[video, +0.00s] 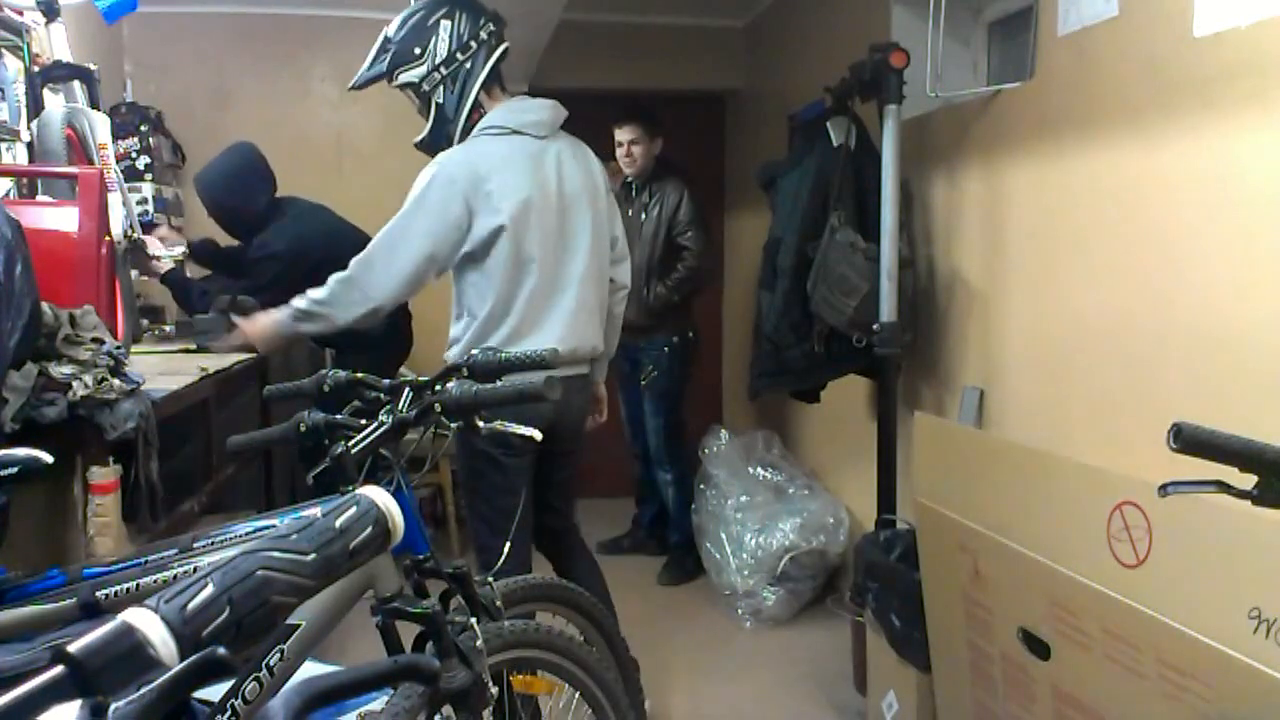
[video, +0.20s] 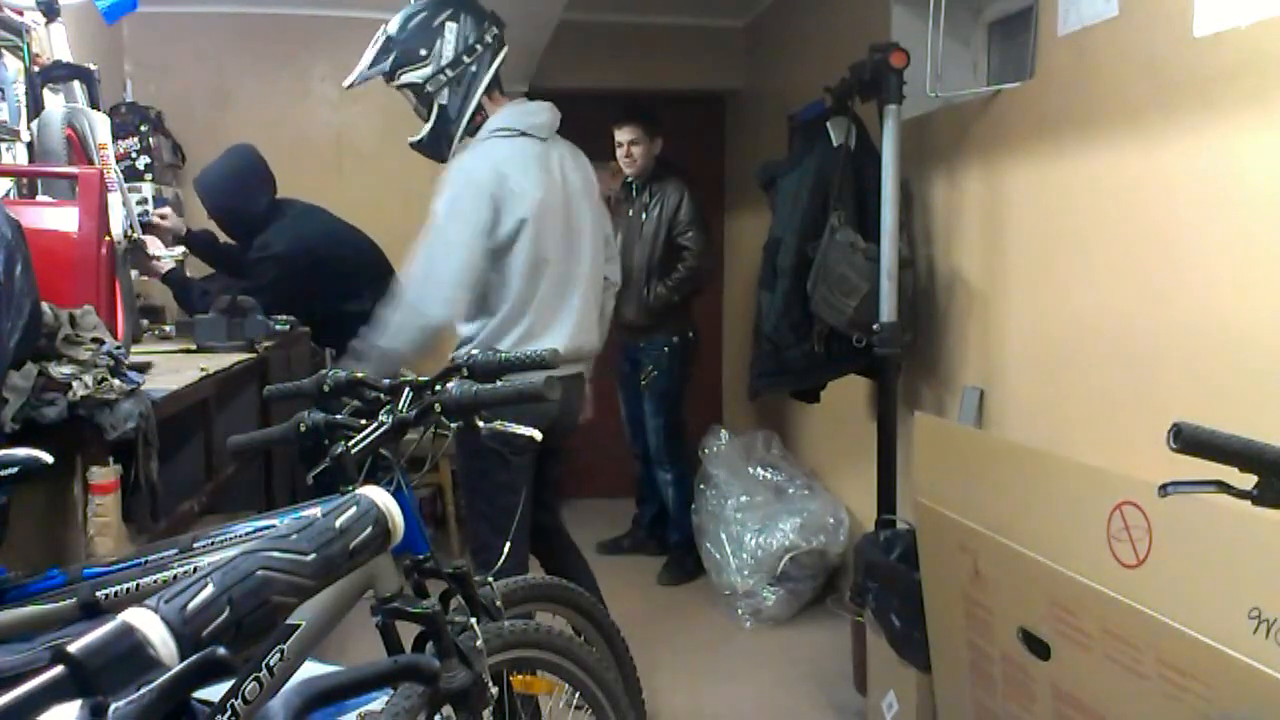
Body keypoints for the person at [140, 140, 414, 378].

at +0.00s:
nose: (213, 218)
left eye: (214, 209)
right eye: (211, 209)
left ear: (234, 206)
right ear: (260, 187)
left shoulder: (276, 249)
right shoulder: (292, 212)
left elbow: (225, 307)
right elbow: (245, 263)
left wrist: (168, 273)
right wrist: (189, 247)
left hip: (372, 343)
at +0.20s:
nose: (213, 220)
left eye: (214, 210)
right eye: (210, 210)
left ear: (232, 208)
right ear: (259, 190)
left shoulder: (280, 249)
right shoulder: (287, 214)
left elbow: (228, 309)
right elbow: (244, 265)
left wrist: (166, 272)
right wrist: (186, 236)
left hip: (369, 347)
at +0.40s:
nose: (213, 221)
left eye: (215, 212)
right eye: (211, 213)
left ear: (237, 205)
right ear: (259, 191)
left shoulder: (277, 250)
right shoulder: (291, 217)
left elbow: (231, 309)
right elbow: (247, 268)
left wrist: (165, 274)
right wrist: (187, 259)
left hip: (369, 346)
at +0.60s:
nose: (213, 222)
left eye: (213, 213)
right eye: (210, 213)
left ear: (229, 210)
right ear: (252, 191)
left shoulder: (278, 252)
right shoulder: (284, 215)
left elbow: (222, 311)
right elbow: (244, 268)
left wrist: (169, 274)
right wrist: (186, 244)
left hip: (369, 351)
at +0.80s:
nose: (210, 228)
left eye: (208, 220)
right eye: (205, 220)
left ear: (222, 216)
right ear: (251, 192)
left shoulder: (272, 253)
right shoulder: (291, 216)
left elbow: (225, 316)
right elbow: (248, 286)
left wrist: (165, 273)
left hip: (367, 347)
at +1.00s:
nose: (211, 230)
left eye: (209, 221)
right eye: (206, 222)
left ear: (223, 218)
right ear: (249, 193)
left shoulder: (274, 252)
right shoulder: (296, 216)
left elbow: (226, 313)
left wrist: (165, 272)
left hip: (365, 348)